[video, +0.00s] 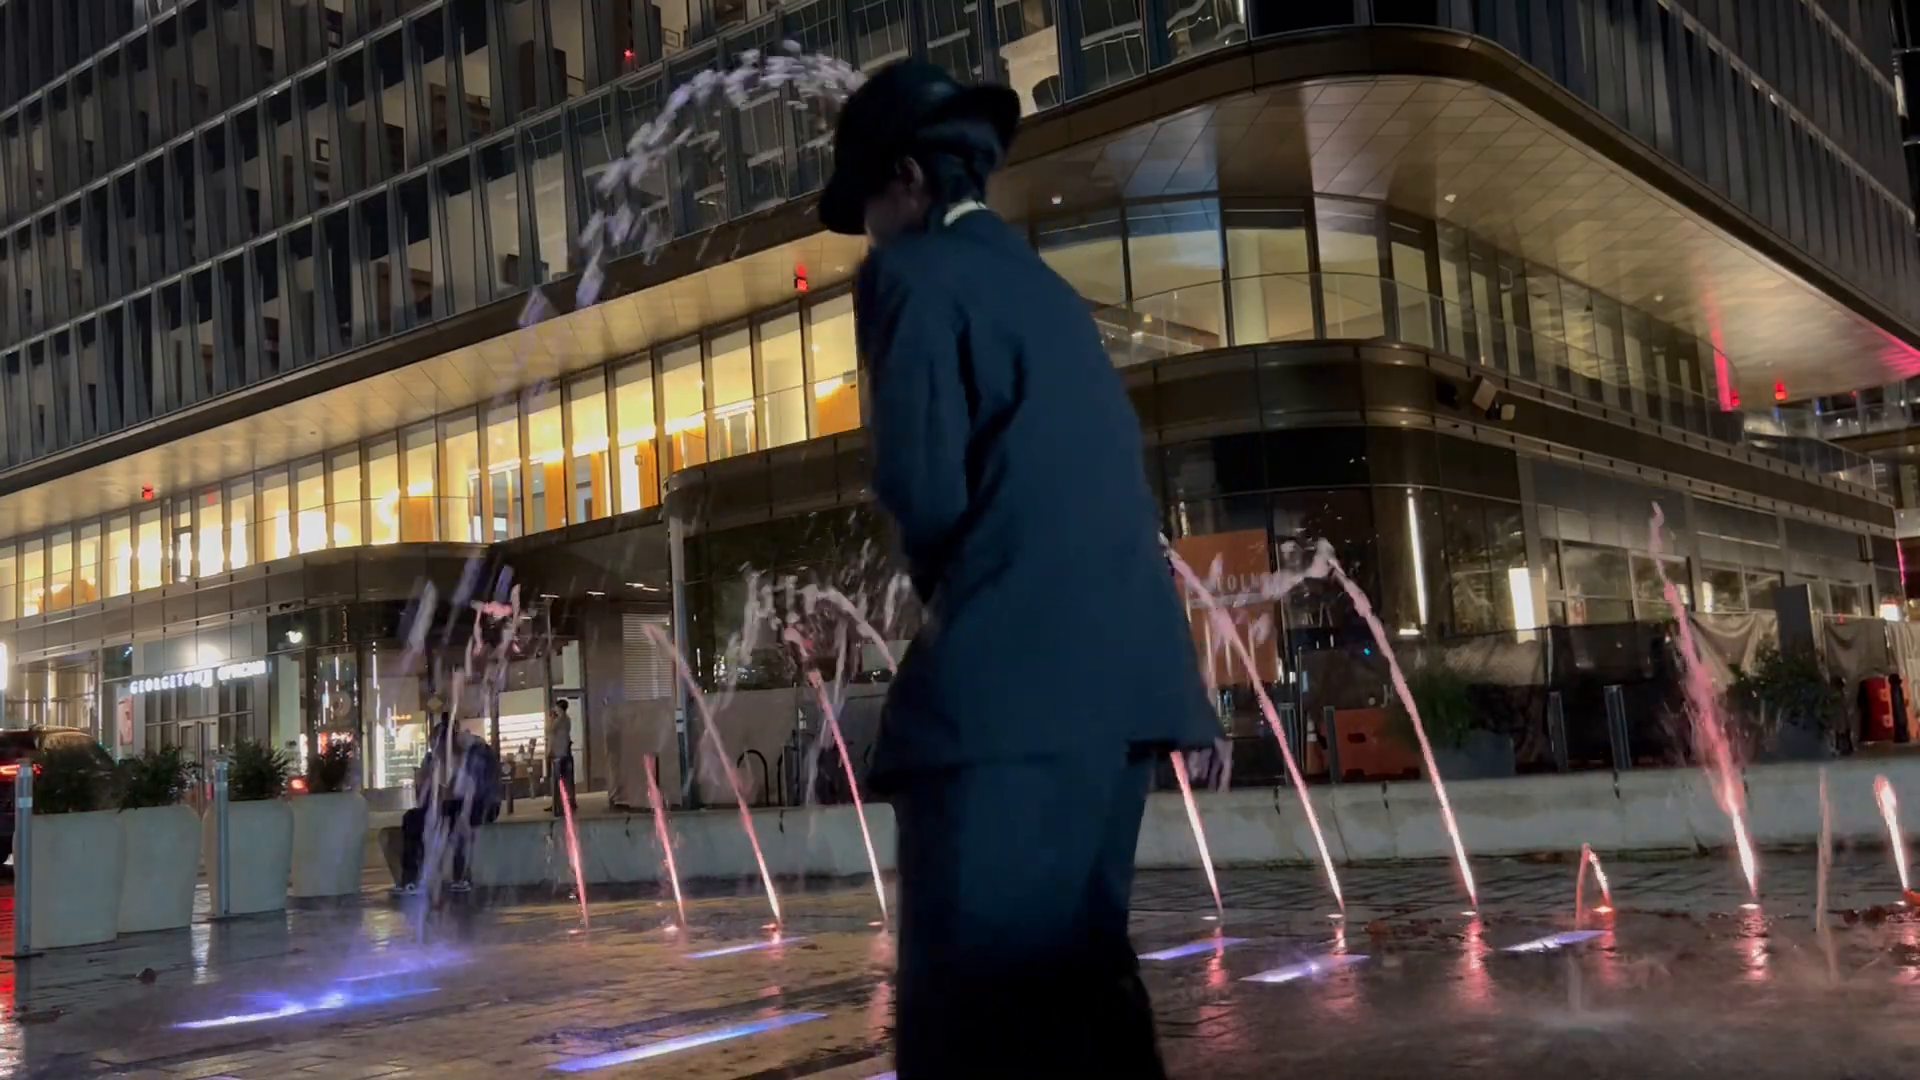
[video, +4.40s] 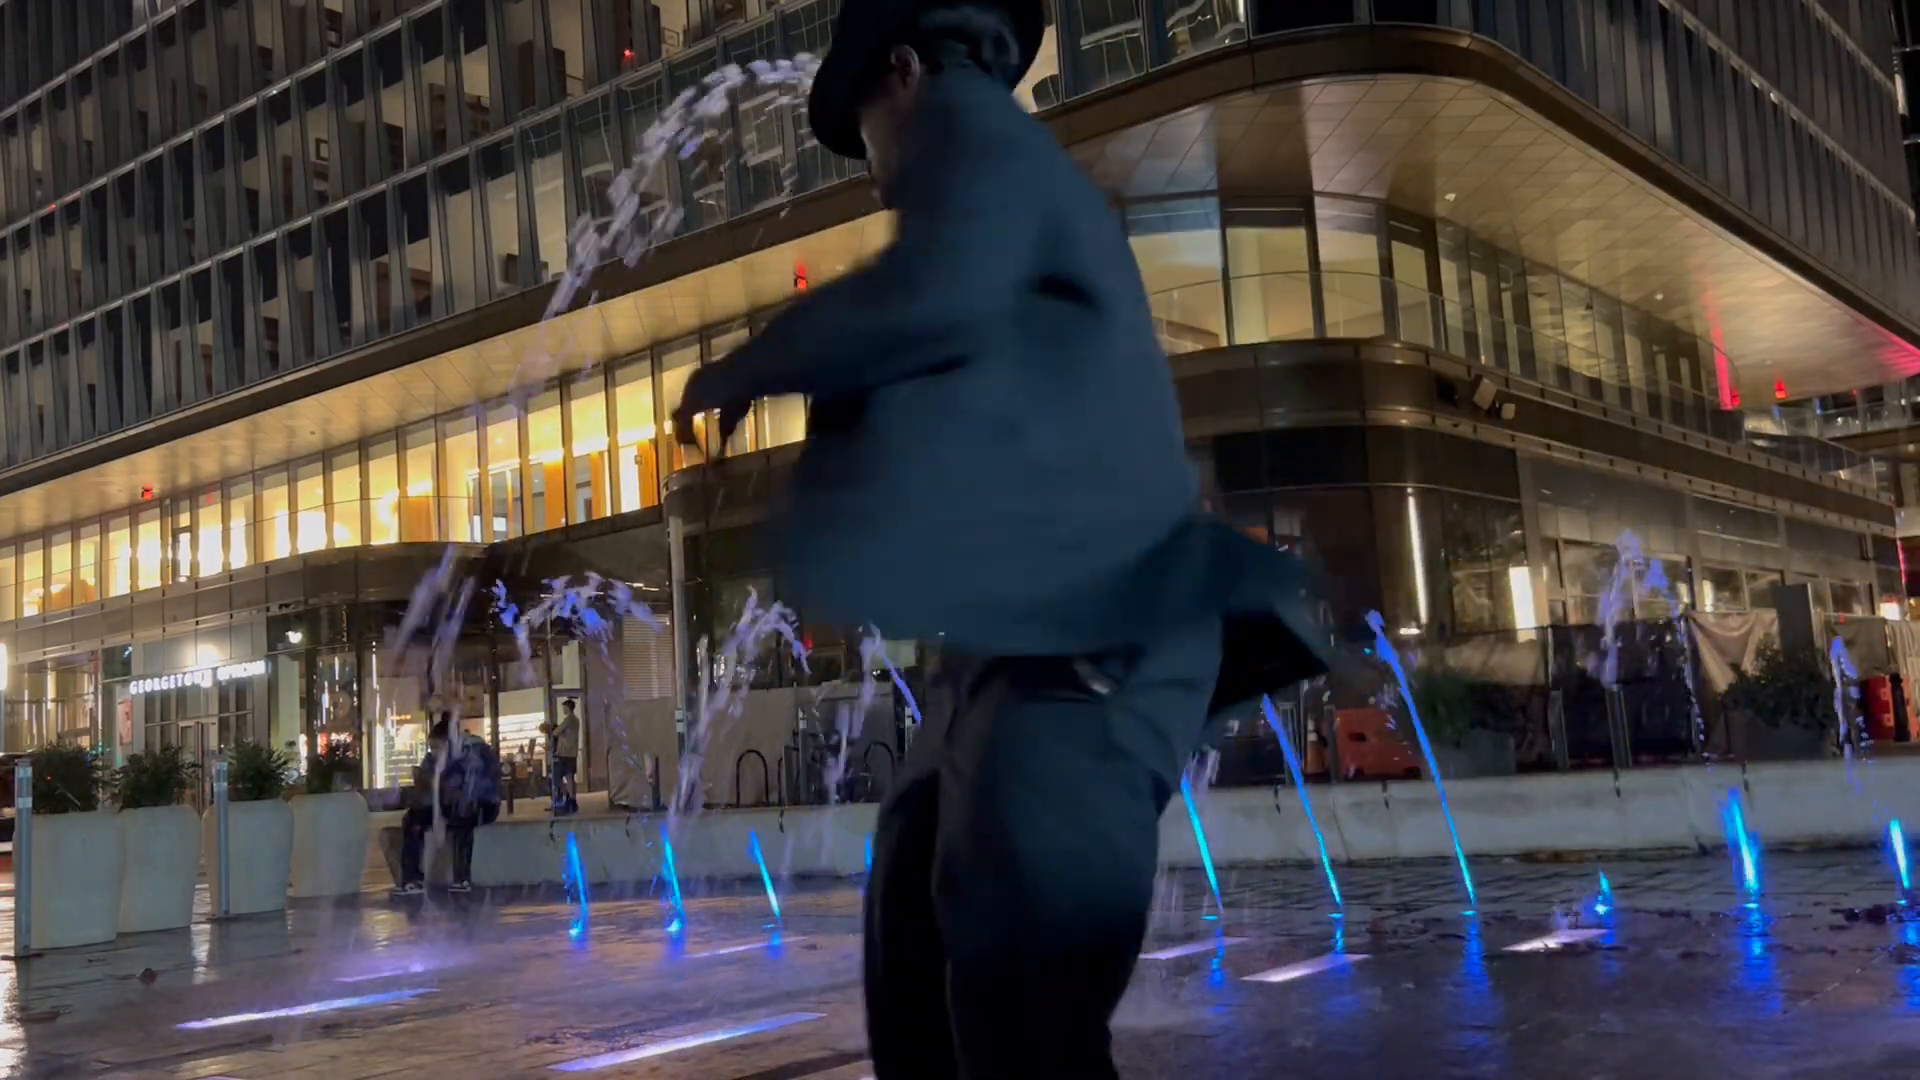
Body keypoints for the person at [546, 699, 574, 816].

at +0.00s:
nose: (555, 711)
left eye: (556, 709)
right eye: (556, 709)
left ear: (558, 709)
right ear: (565, 709)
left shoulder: (558, 721)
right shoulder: (567, 720)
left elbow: (551, 733)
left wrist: (549, 719)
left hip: (557, 754)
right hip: (566, 753)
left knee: (556, 781)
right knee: (568, 780)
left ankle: (556, 804)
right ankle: (571, 802)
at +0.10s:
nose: (555, 711)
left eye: (557, 709)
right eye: (556, 709)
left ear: (559, 709)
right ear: (565, 709)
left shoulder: (558, 721)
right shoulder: (567, 720)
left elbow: (555, 738)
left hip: (557, 753)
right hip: (567, 752)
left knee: (555, 779)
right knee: (569, 778)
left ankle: (556, 804)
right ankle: (572, 801)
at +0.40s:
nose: (556, 710)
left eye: (558, 708)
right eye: (557, 708)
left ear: (560, 708)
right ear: (566, 708)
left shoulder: (558, 719)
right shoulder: (569, 719)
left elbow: (559, 736)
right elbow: (568, 735)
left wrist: (552, 750)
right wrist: (566, 748)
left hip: (557, 754)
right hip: (567, 753)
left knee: (556, 781)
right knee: (569, 780)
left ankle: (556, 804)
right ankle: (571, 803)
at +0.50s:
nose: (557, 712)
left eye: (559, 709)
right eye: (557, 709)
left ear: (562, 709)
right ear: (567, 709)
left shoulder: (560, 720)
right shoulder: (569, 720)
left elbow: (552, 730)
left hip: (558, 754)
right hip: (567, 753)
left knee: (556, 780)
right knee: (570, 780)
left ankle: (556, 804)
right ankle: (572, 802)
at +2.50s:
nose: (566, 710)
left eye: (567, 708)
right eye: (566, 708)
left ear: (570, 708)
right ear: (575, 708)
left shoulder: (568, 721)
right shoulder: (579, 721)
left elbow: (560, 732)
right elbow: (573, 733)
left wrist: (554, 729)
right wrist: (560, 729)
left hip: (566, 753)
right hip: (574, 752)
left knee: (568, 777)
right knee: (571, 777)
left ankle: (571, 798)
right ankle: (574, 796)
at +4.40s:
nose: (563, 710)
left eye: (564, 708)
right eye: (563, 708)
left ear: (568, 708)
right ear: (571, 708)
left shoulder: (568, 719)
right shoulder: (575, 720)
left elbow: (557, 732)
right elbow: (568, 733)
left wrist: (552, 732)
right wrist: (557, 729)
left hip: (563, 753)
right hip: (572, 753)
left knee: (561, 779)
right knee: (570, 778)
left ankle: (568, 800)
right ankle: (573, 800)